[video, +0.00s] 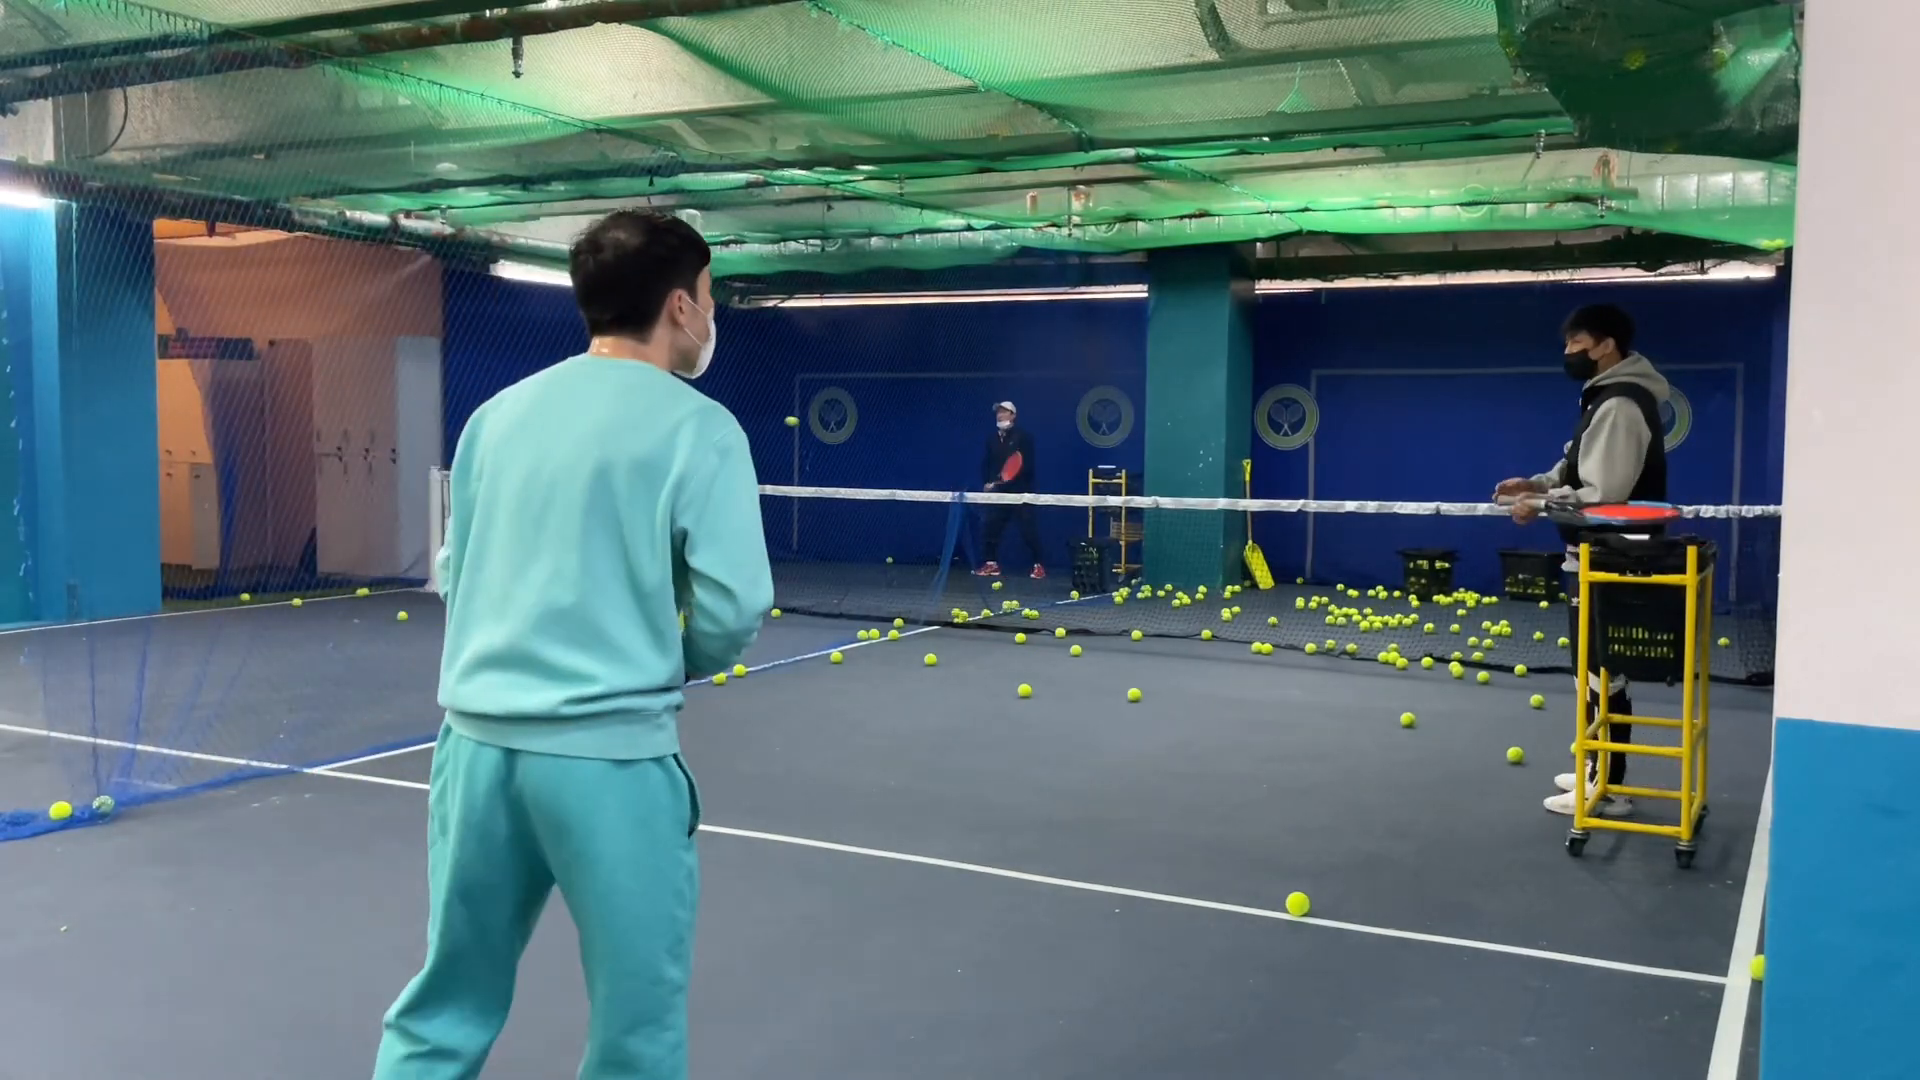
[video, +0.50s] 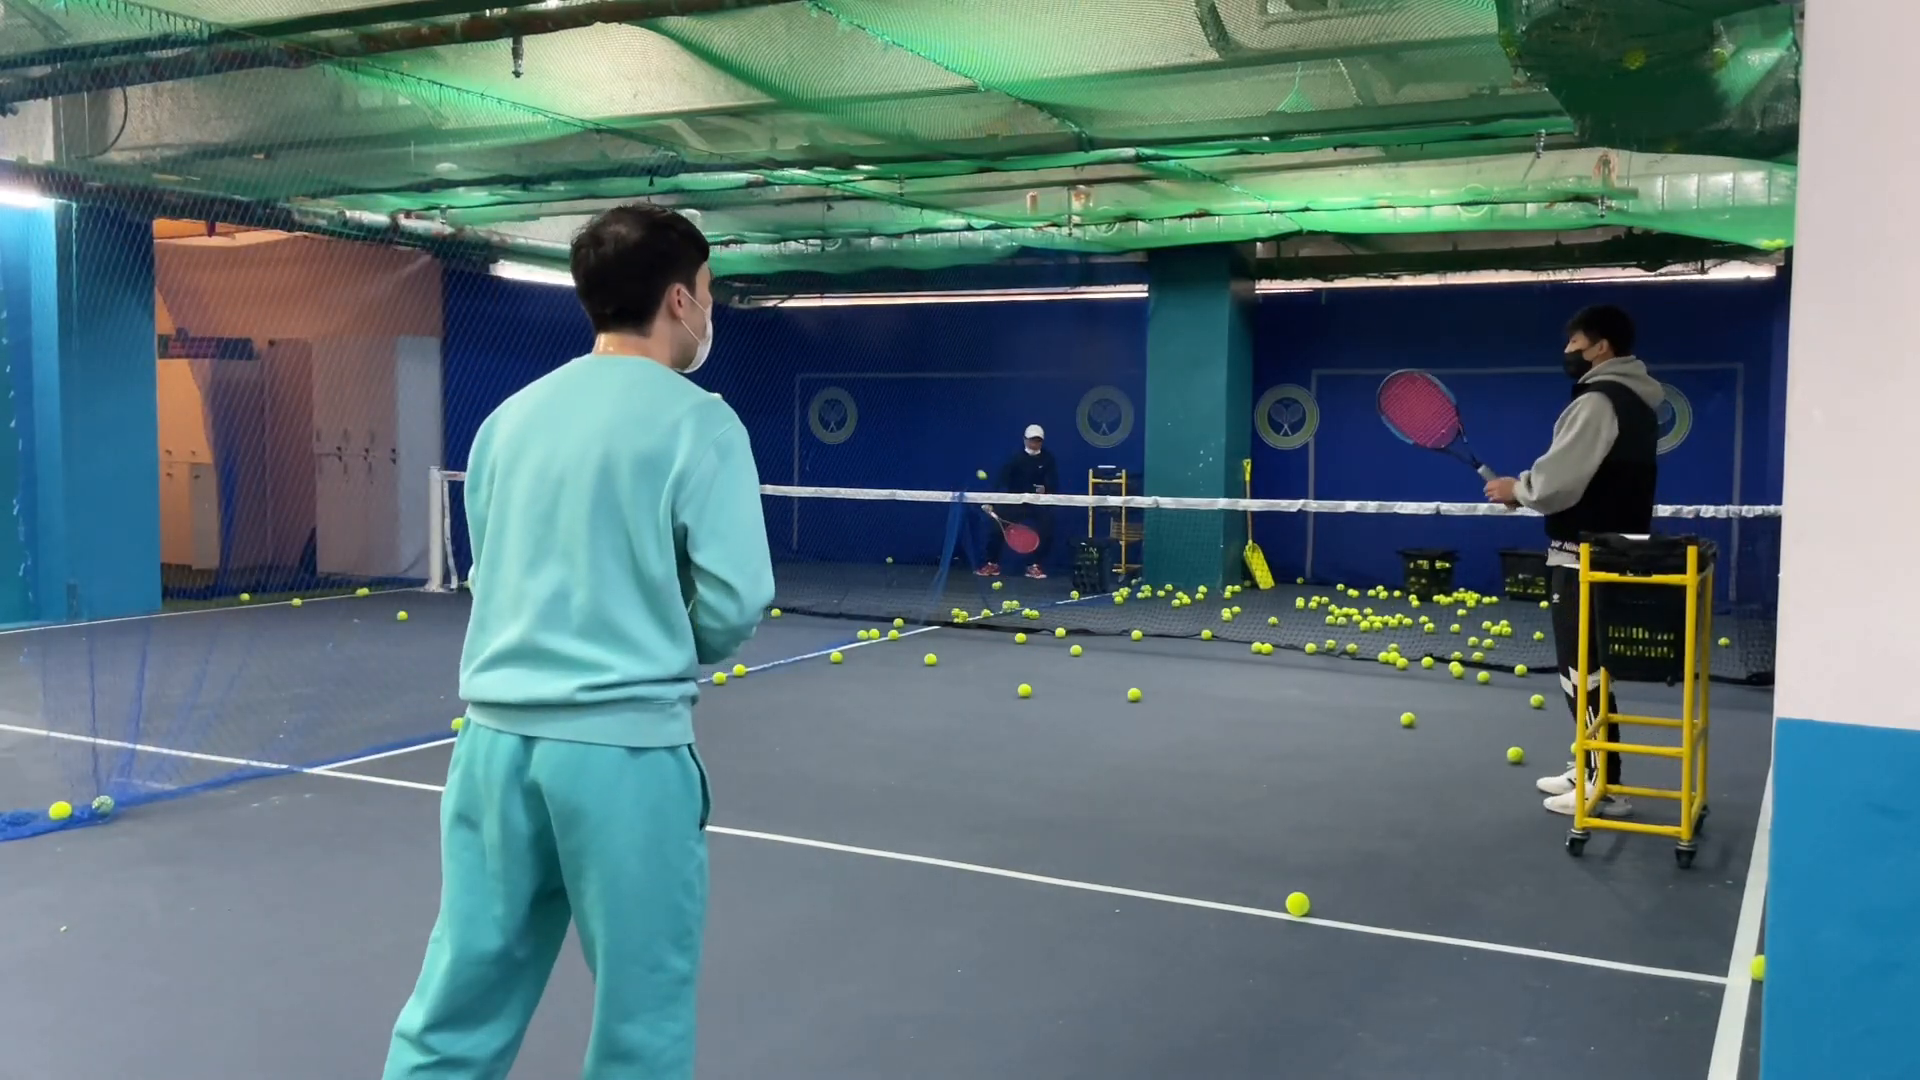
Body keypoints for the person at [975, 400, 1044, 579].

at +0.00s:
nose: (1000, 416)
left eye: (1004, 412)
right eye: (998, 413)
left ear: (1013, 415)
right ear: (995, 416)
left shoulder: (1023, 437)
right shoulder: (992, 439)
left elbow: (1027, 465)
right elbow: (986, 463)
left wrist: (1006, 480)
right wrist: (987, 481)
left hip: (1020, 488)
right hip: (998, 489)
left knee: (1028, 527)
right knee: (992, 525)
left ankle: (1037, 564)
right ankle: (991, 563)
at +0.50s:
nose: (1034, 443)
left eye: (1037, 440)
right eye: (1031, 440)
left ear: (1042, 442)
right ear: (1025, 440)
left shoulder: (1048, 460)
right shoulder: (1015, 458)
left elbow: (1054, 486)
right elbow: (1001, 482)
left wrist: (1046, 490)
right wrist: (990, 501)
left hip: (1039, 503)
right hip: (1014, 501)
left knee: (1046, 526)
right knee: (997, 522)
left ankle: (1034, 566)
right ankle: (992, 563)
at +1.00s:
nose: (1036, 421)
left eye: (1040, 417)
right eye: (1034, 417)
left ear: (1046, 421)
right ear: (1029, 419)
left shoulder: (1052, 441)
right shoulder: (1019, 440)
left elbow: (1062, 471)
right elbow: (1005, 468)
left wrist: (1055, 461)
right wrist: (1000, 494)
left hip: (1042, 491)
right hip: (1018, 490)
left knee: (1041, 529)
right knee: (1017, 528)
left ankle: (1033, 565)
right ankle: (1016, 563)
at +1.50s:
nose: (1037, 416)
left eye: (1041, 413)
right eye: (1034, 413)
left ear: (1048, 415)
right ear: (1030, 414)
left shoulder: (1056, 436)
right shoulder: (1022, 435)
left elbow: (1075, 454)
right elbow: (1011, 460)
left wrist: (1093, 467)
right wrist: (999, 483)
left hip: (1048, 490)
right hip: (1025, 489)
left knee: (1053, 530)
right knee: (1020, 529)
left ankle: (1059, 565)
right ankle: (1020, 565)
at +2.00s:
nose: (1052, 412)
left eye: (1056, 409)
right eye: (1050, 408)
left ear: (1063, 412)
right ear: (1046, 411)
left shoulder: (1070, 436)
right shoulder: (1036, 433)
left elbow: (1090, 455)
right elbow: (1028, 458)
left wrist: (1101, 470)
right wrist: (1021, 480)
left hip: (1059, 489)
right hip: (1034, 487)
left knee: (1059, 529)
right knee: (1026, 527)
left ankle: (1059, 565)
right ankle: (1024, 564)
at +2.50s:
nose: (1040, 412)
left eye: (1044, 409)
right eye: (1038, 409)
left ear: (1052, 412)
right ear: (1035, 412)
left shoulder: (1062, 434)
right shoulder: (1031, 434)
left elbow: (1071, 461)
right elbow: (1025, 458)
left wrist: (1056, 468)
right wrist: (1014, 474)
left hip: (1055, 488)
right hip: (1033, 487)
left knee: (1058, 527)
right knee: (1026, 525)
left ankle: (1063, 564)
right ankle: (1024, 564)